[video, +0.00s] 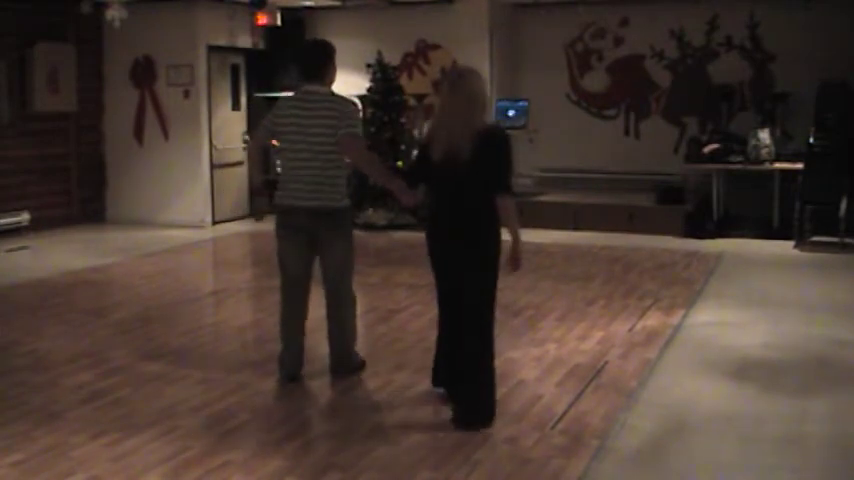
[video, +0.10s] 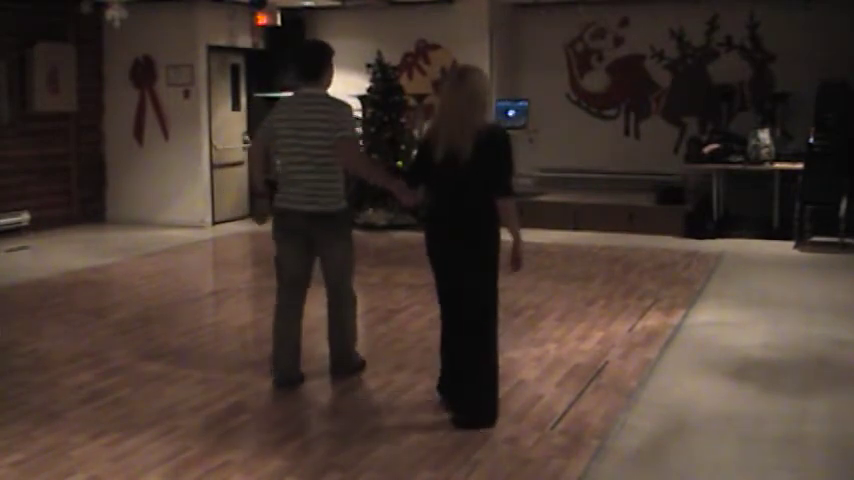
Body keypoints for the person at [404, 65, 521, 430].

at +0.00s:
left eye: (444, 93)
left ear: (444, 98)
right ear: (482, 98)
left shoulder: (436, 139)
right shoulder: (493, 139)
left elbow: (412, 191)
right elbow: (502, 196)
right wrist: (515, 239)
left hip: (443, 241)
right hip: (480, 243)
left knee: (451, 314)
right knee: (478, 321)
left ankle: (448, 381)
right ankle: (476, 408)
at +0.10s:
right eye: (484, 94)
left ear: (445, 97)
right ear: (483, 98)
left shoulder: (435, 138)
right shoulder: (494, 138)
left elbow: (413, 191)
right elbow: (503, 197)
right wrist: (516, 239)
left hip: (442, 242)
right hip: (480, 243)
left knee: (452, 317)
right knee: (480, 321)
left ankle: (452, 390)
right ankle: (478, 407)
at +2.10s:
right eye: (473, 97)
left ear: (435, 102)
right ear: (475, 101)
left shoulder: (421, 143)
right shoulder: (485, 140)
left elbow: (412, 193)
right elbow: (495, 196)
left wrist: (428, 217)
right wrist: (505, 236)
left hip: (435, 242)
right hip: (475, 240)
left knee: (440, 320)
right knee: (484, 318)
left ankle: (442, 395)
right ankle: (485, 391)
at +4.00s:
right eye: (477, 95)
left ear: (439, 100)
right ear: (478, 99)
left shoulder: (426, 141)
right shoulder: (489, 138)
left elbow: (412, 191)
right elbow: (505, 192)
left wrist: (428, 215)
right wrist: (511, 223)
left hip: (439, 239)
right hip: (479, 238)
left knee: (442, 317)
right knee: (499, 296)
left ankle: (445, 397)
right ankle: (493, 376)